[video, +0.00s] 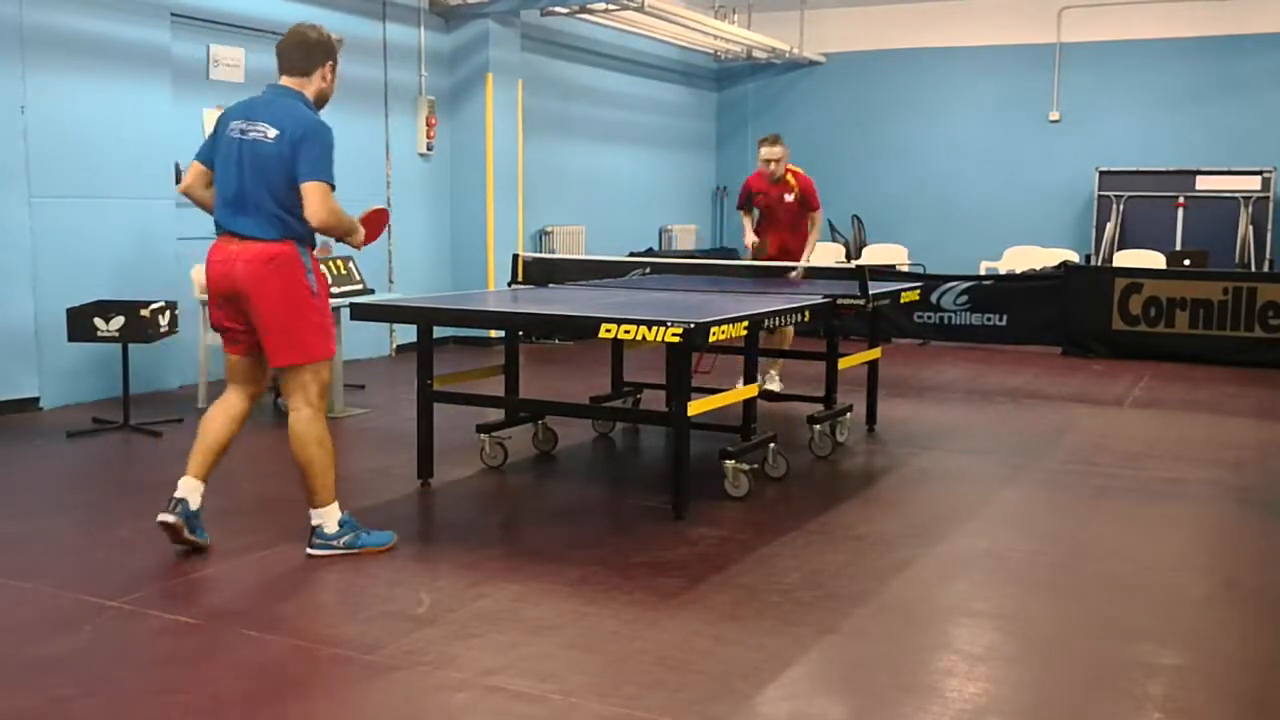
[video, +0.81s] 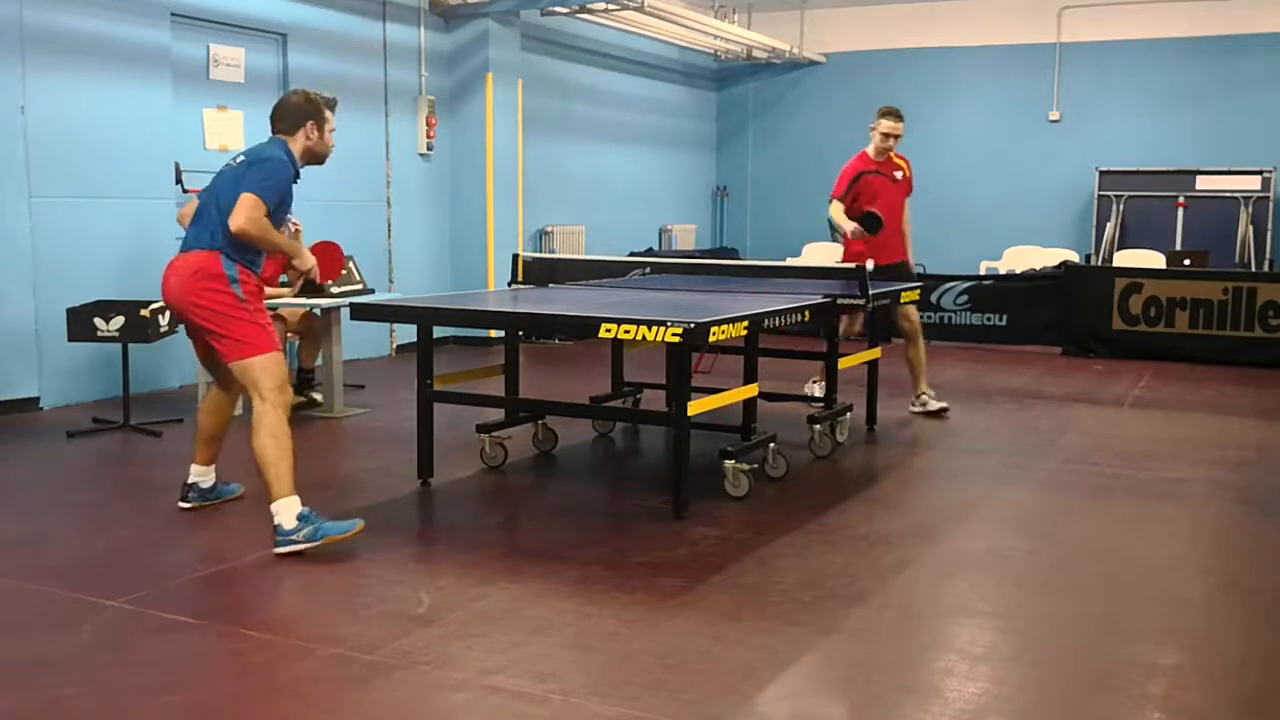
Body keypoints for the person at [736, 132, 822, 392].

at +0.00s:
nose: (772, 168)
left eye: (777, 161)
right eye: (766, 162)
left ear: (787, 159)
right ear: (759, 160)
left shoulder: (803, 183)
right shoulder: (752, 184)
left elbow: (815, 223)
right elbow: (745, 210)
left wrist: (804, 260)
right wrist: (749, 231)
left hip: (793, 262)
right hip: (763, 261)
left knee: (786, 319)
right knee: (765, 320)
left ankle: (774, 372)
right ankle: (762, 371)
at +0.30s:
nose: (815, 145)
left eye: (820, 139)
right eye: (810, 139)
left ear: (826, 140)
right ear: (798, 139)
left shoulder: (837, 167)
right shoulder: (784, 172)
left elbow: (848, 206)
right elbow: (764, 208)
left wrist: (838, 234)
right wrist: (772, 237)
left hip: (825, 260)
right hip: (793, 260)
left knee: (801, 321)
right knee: (802, 322)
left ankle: (776, 370)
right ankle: (810, 382)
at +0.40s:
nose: (831, 142)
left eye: (836, 136)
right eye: (825, 136)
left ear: (841, 135)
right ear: (812, 134)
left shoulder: (848, 161)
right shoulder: (797, 168)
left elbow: (859, 197)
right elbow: (775, 206)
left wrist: (853, 210)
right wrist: (787, 234)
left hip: (839, 255)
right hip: (808, 257)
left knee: (828, 318)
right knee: (816, 318)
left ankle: (794, 362)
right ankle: (812, 382)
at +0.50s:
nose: (846, 139)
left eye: (851, 134)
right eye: (840, 132)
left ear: (856, 133)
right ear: (828, 129)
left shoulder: (858, 157)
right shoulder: (810, 163)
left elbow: (870, 193)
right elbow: (784, 203)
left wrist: (866, 210)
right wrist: (802, 224)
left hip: (851, 252)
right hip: (820, 254)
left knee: (856, 317)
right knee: (819, 321)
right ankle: (813, 382)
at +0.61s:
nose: (861, 140)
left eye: (866, 134)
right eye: (856, 133)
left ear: (871, 134)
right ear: (843, 128)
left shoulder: (871, 160)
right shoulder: (822, 162)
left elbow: (880, 198)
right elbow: (795, 204)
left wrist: (883, 229)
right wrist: (818, 215)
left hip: (863, 256)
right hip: (829, 257)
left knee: (880, 315)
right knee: (822, 321)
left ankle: (872, 383)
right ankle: (813, 382)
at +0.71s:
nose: (876, 141)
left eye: (881, 136)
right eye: (871, 134)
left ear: (886, 136)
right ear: (858, 129)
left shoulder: (886, 164)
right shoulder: (839, 163)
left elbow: (892, 204)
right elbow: (814, 206)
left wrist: (896, 243)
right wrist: (831, 215)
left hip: (876, 258)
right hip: (842, 260)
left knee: (892, 320)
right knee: (830, 323)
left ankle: (910, 388)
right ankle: (815, 383)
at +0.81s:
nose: (889, 143)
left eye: (895, 137)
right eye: (885, 136)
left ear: (901, 137)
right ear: (872, 131)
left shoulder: (902, 166)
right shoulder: (855, 167)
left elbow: (903, 212)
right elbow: (834, 207)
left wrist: (908, 257)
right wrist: (846, 224)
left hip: (895, 264)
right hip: (860, 266)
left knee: (912, 324)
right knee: (849, 326)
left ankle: (921, 393)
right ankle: (819, 381)